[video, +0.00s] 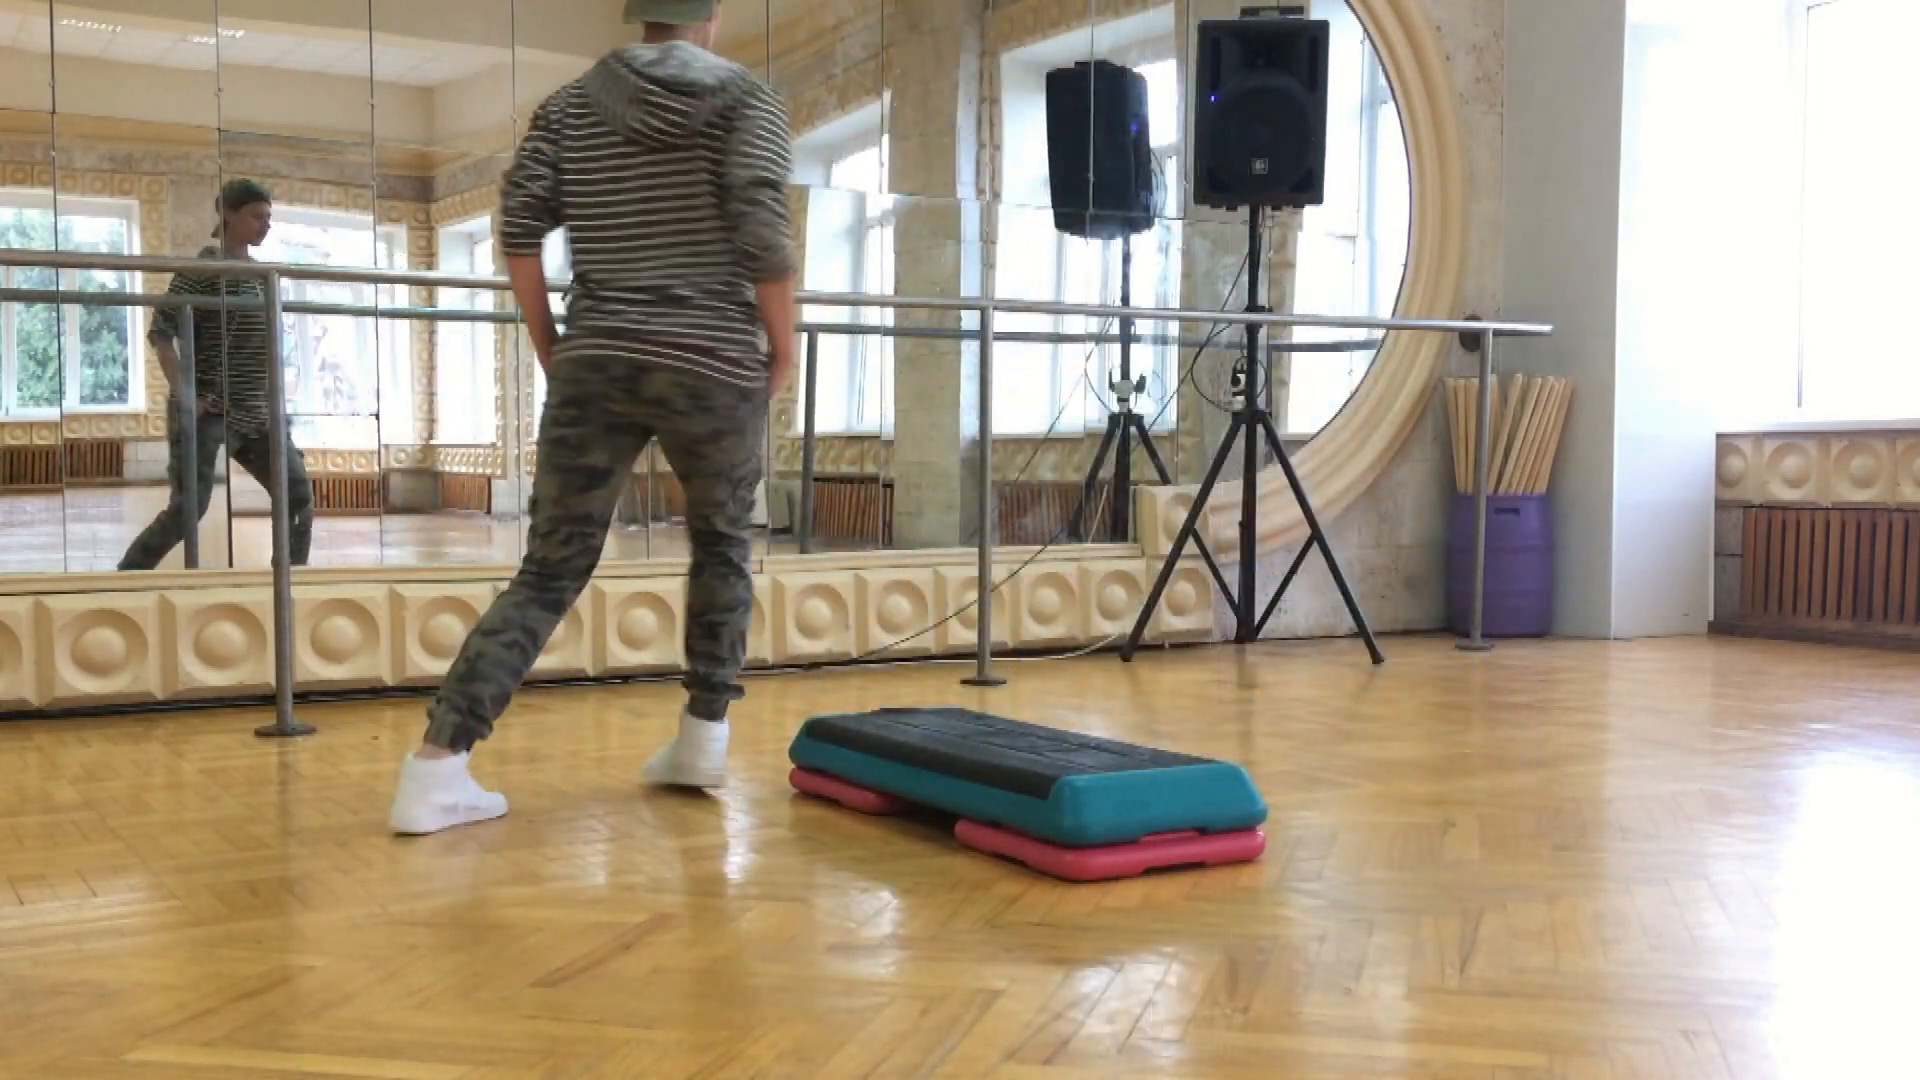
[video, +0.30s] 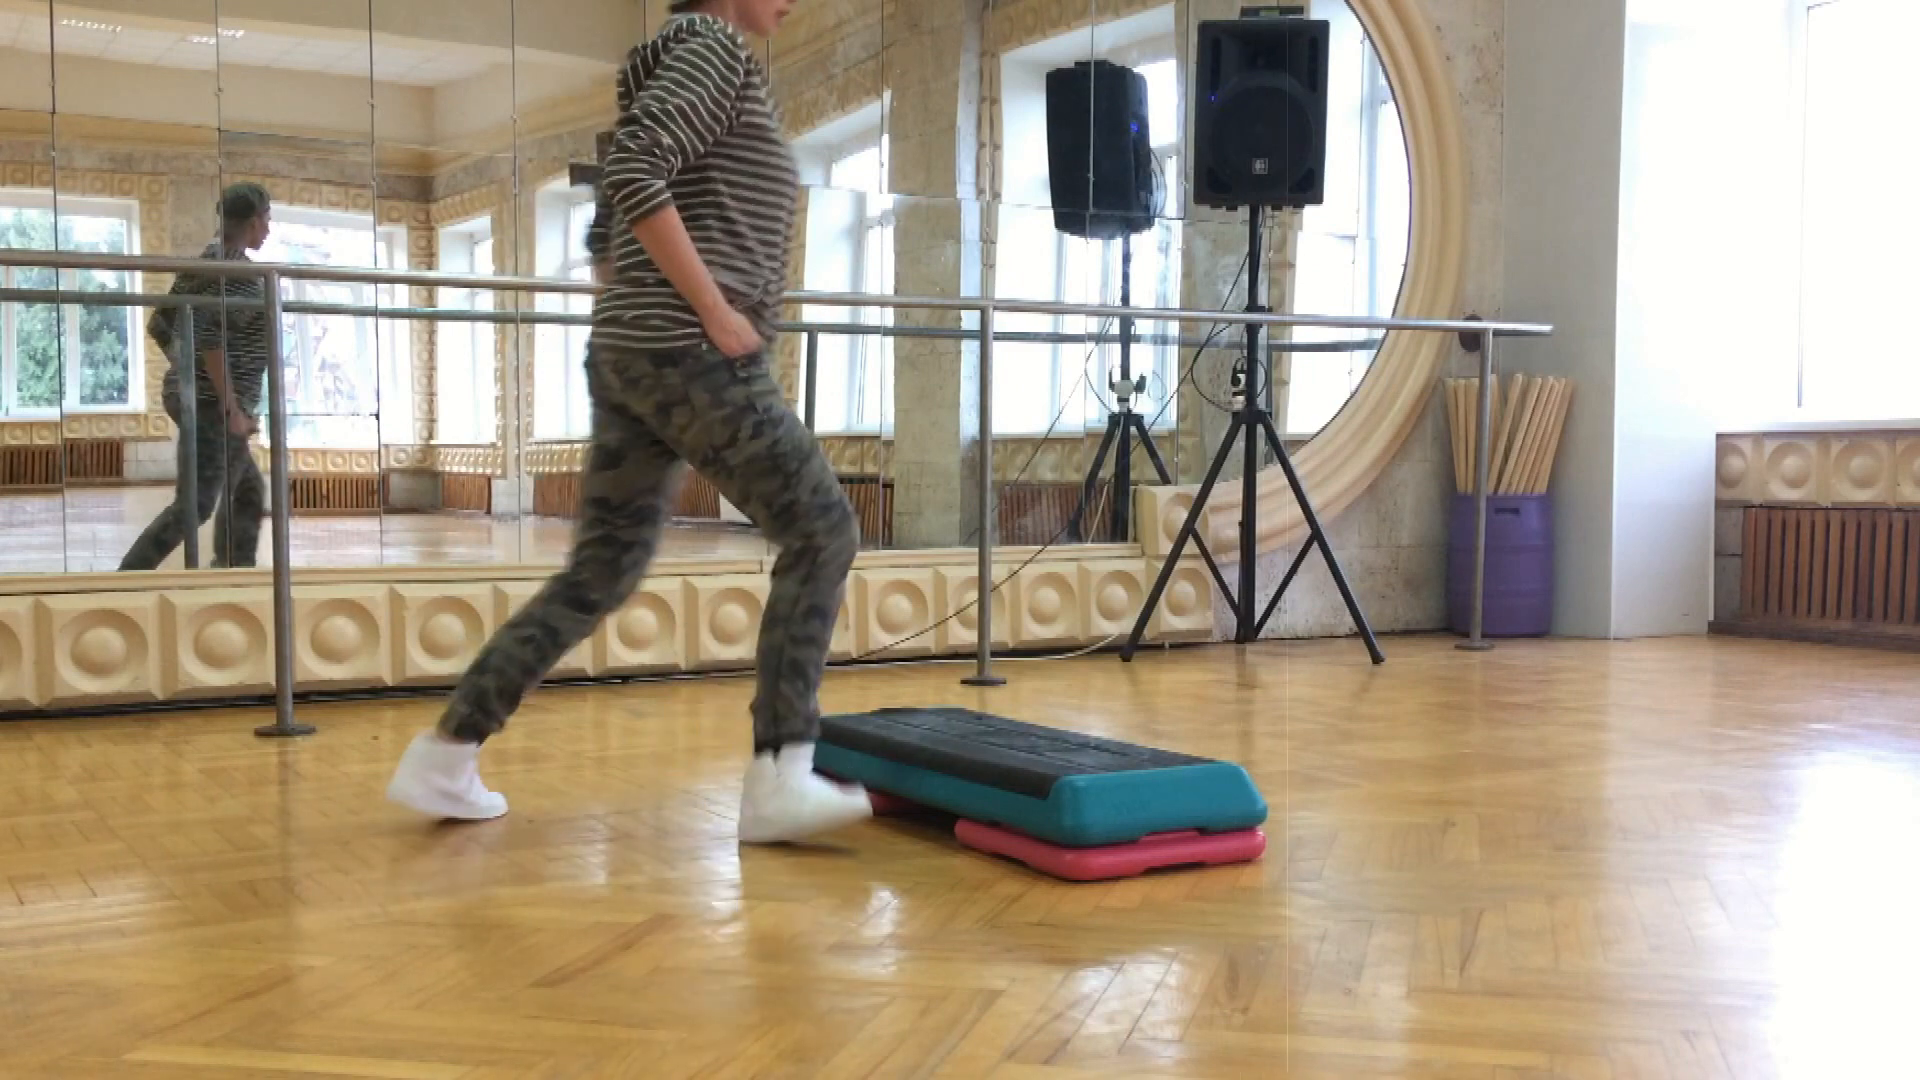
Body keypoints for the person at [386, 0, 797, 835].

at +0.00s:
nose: (718, 29)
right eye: (717, 22)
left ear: (632, 21)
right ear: (709, 21)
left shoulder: (568, 101)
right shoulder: (742, 92)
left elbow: (518, 230)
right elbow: (758, 217)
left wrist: (547, 346)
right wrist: (784, 351)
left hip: (596, 349)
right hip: (713, 353)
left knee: (549, 566)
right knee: (723, 548)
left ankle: (435, 763)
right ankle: (703, 736)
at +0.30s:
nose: (785, 8)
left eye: (785, 1)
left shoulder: (664, 58)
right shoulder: (715, 48)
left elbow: (610, 230)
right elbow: (633, 171)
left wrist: (640, 320)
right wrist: (715, 309)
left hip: (629, 347)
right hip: (685, 345)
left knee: (602, 569)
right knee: (822, 533)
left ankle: (443, 756)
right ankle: (780, 778)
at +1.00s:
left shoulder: (1160, 7)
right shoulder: (954, 10)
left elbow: (1193, 125)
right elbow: (924, 142)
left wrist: (1201, 250)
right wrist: (946, 271)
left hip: (1148, 279)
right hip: (1015, 287)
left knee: (1170, 468)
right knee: (1004, 470)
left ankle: (1096, 686)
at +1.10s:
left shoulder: (1201, 7)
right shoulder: (993, 16)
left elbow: (1235, 130)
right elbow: (978, 162)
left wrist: (1245, 254)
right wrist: (1003, 292)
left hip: (1192, 292)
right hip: (1068, 310)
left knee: (1179, 484)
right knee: (1087, 523)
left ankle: (1094, 690)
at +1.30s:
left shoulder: (1270, 32)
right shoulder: (1076, 79)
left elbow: (1324, 164)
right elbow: (1084, 238)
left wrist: (1331, 285)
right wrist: (1114, 359)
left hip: (1279, 320)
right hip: (1169, 363)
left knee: (1250, 453)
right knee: (1251, 563)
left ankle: (1149, 657)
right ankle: (1326, 737)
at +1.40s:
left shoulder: (1301, 38)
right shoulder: (1111, 89)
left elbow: (1367, 163)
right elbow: (1120, 243)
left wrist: (1370, 285)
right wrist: (1141, 363)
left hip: (1318, 324)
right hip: (1204, 370)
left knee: (1331, 452)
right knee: (1254, 563)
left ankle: (1249, 638)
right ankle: (1328, 737)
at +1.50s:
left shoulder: (1332, 31)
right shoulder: (1141, 86)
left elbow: (1398, 162)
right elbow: (1147, 232)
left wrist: (1404, 291)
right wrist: (1166, 355)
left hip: (1349, 332)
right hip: (1227, 372)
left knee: (1396, 496)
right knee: (1272, 569)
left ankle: (1345, 715)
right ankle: (1324, 743)